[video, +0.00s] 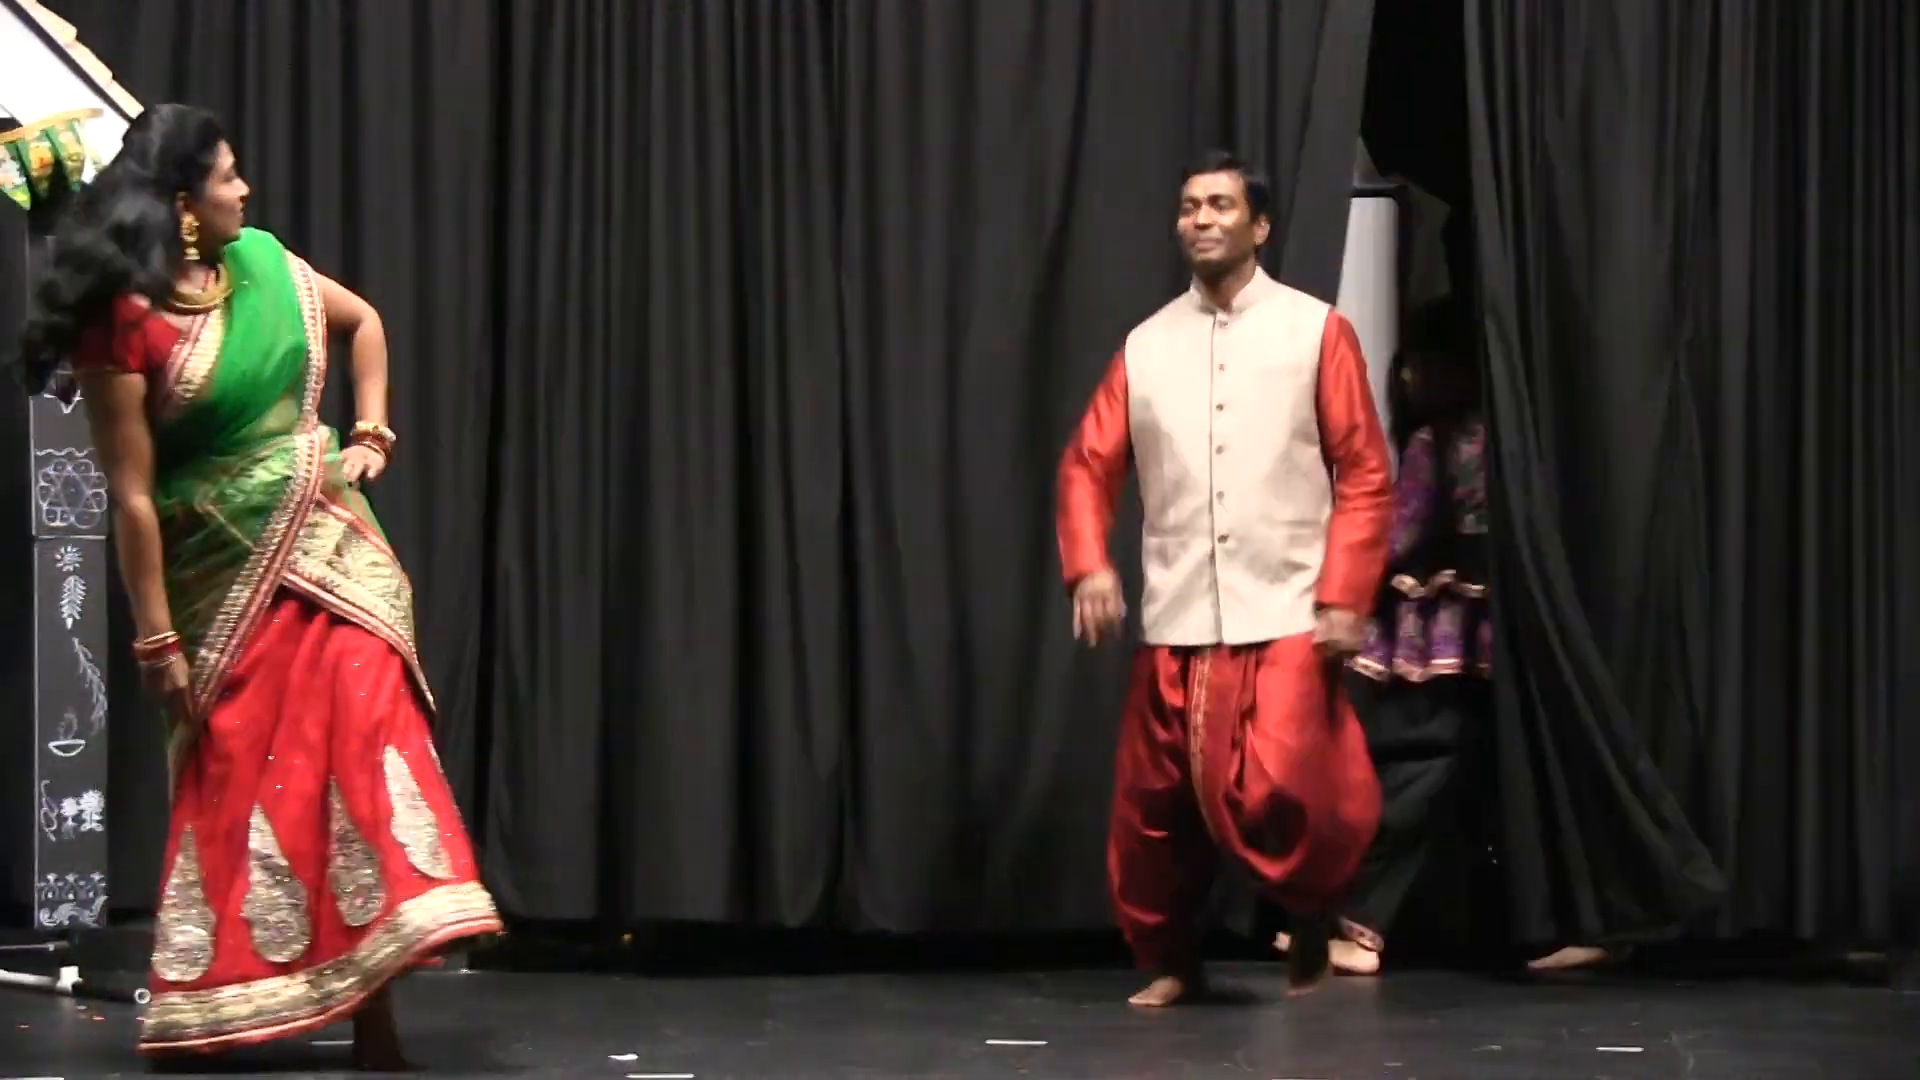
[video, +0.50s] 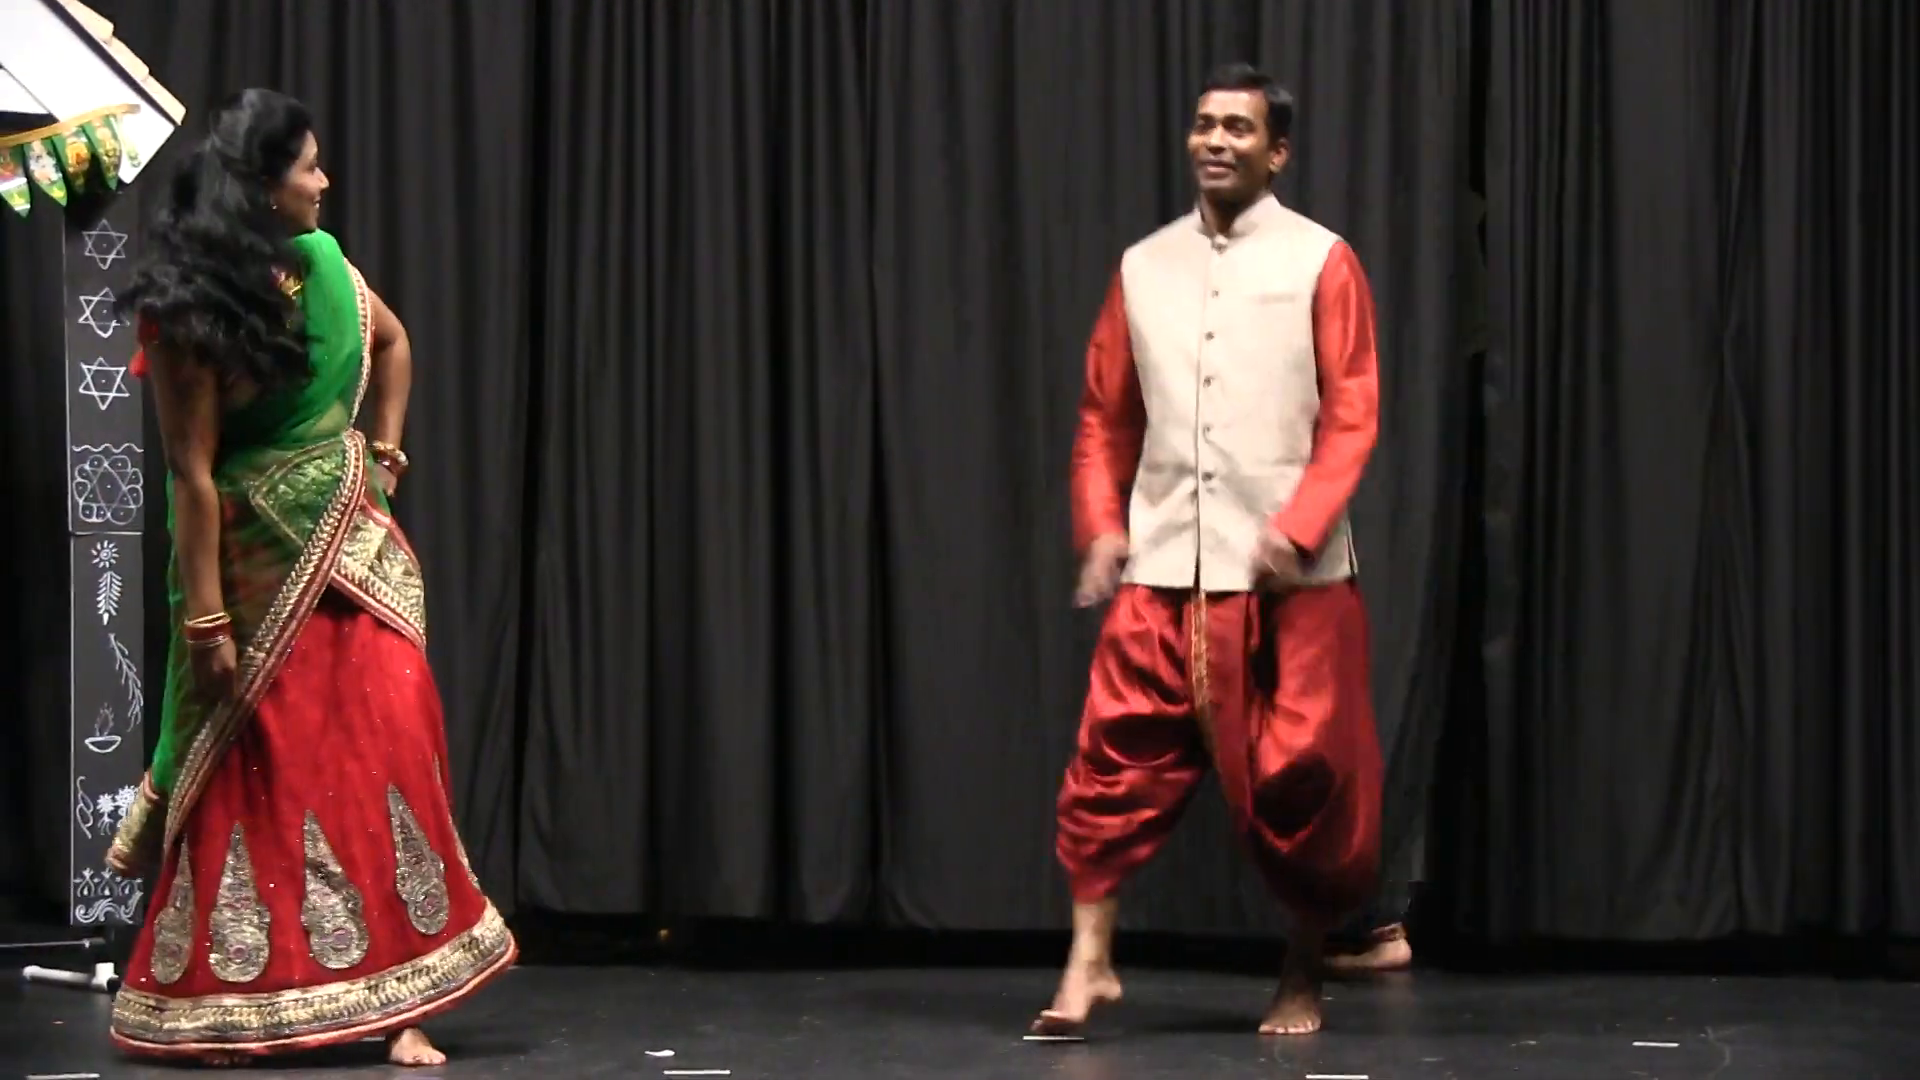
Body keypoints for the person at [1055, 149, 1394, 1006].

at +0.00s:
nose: (1201, 218)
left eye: (1219, 206)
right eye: (1190, 207)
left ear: (1259, 226)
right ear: (1177, 227)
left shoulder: (1317, 331)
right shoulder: (1148, 344)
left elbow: (1364, 473)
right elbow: (1088, 463)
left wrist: (1345, 599)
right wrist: (1090, 566)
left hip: (1286, 607)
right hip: (1177, 611)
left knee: (1274, 788)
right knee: (1155, 802)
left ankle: (1310, 918)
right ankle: (1169, 966)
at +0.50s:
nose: (1215, 142)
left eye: (1237, 128)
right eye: (1204, 126)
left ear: (1277, 149)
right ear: (1187, 143)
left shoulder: (1322, 263)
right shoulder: (1144, 266)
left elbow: (1352, 415)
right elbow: (1104, 415)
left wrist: (1298, 528)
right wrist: (1103, 529)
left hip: (1287, 564)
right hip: (1160, 562)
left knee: (1296, 771)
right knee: (1112, 750)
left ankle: (1300, 978)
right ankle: (1087, 965)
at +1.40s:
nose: (1167, 153)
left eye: (1188, 139)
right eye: (1165, 139)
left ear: (1247, 159)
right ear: (1168, 158)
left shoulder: (1320, 284)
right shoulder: (1132, 281)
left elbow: (1355, 432)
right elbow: (1084, 428)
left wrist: (1283, 564)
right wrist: (1118, 558)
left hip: (1286, 587)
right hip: (1151, 587)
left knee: (1334, 788)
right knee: (1077, 780)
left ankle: (1380, 993)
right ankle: (1055, 980)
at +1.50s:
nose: (1144, 150)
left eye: (1166, 137)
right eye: (1145, 135)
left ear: (1224, 159)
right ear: (1147, 152)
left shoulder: (1281, 280)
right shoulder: (1095, 271)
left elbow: (1317, 431)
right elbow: (1045, 408)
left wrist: (1275, 570)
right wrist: (1112, 502)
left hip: (1261, 584)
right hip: (1131, 585)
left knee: (1339, 776)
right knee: (1079, 783)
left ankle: (1375, 986)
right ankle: (1052, 980)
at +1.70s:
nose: (1101, 165)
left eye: (1122, 150)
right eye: (1095, 153)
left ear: (1177, 170)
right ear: (1090, 174)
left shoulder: (1244, 286)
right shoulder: (1058, 299)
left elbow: (1286, 429)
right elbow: (1012, 450)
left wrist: (1209, 533)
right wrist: (984, 583)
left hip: (1208, 593)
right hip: (1076, 595)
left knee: (1291, 776)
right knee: (1041, 789)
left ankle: (1343, 980)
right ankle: (1036, 974)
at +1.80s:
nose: (1109, 157)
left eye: (1127, 141)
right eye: (1097, 146)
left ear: (1174, 159)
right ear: (1086, 169)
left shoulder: (1234, 281)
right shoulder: (1049, 286)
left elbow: (1268, 430)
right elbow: (1010, 439)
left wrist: (1192, 548)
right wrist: (1025, 567)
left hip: (1203, 580)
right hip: (1070, 585)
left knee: (1270, 772)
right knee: (1024, 780)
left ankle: (1334, 974)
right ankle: (1035, 973)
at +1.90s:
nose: (1116, 155)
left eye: (1134, 140)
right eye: (1103, 143)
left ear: (1174, 161)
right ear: (1087, 166)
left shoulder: (1221, 282)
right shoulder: (1042, 279)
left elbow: (1250, 421)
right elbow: (1000, 414)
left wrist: (1199, 557)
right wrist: (1056, 514)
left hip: (1203, 578)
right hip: (1077, 579)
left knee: (1277, 764)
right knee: (1039, 773)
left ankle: (1324, 963)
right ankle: (1036, 963)